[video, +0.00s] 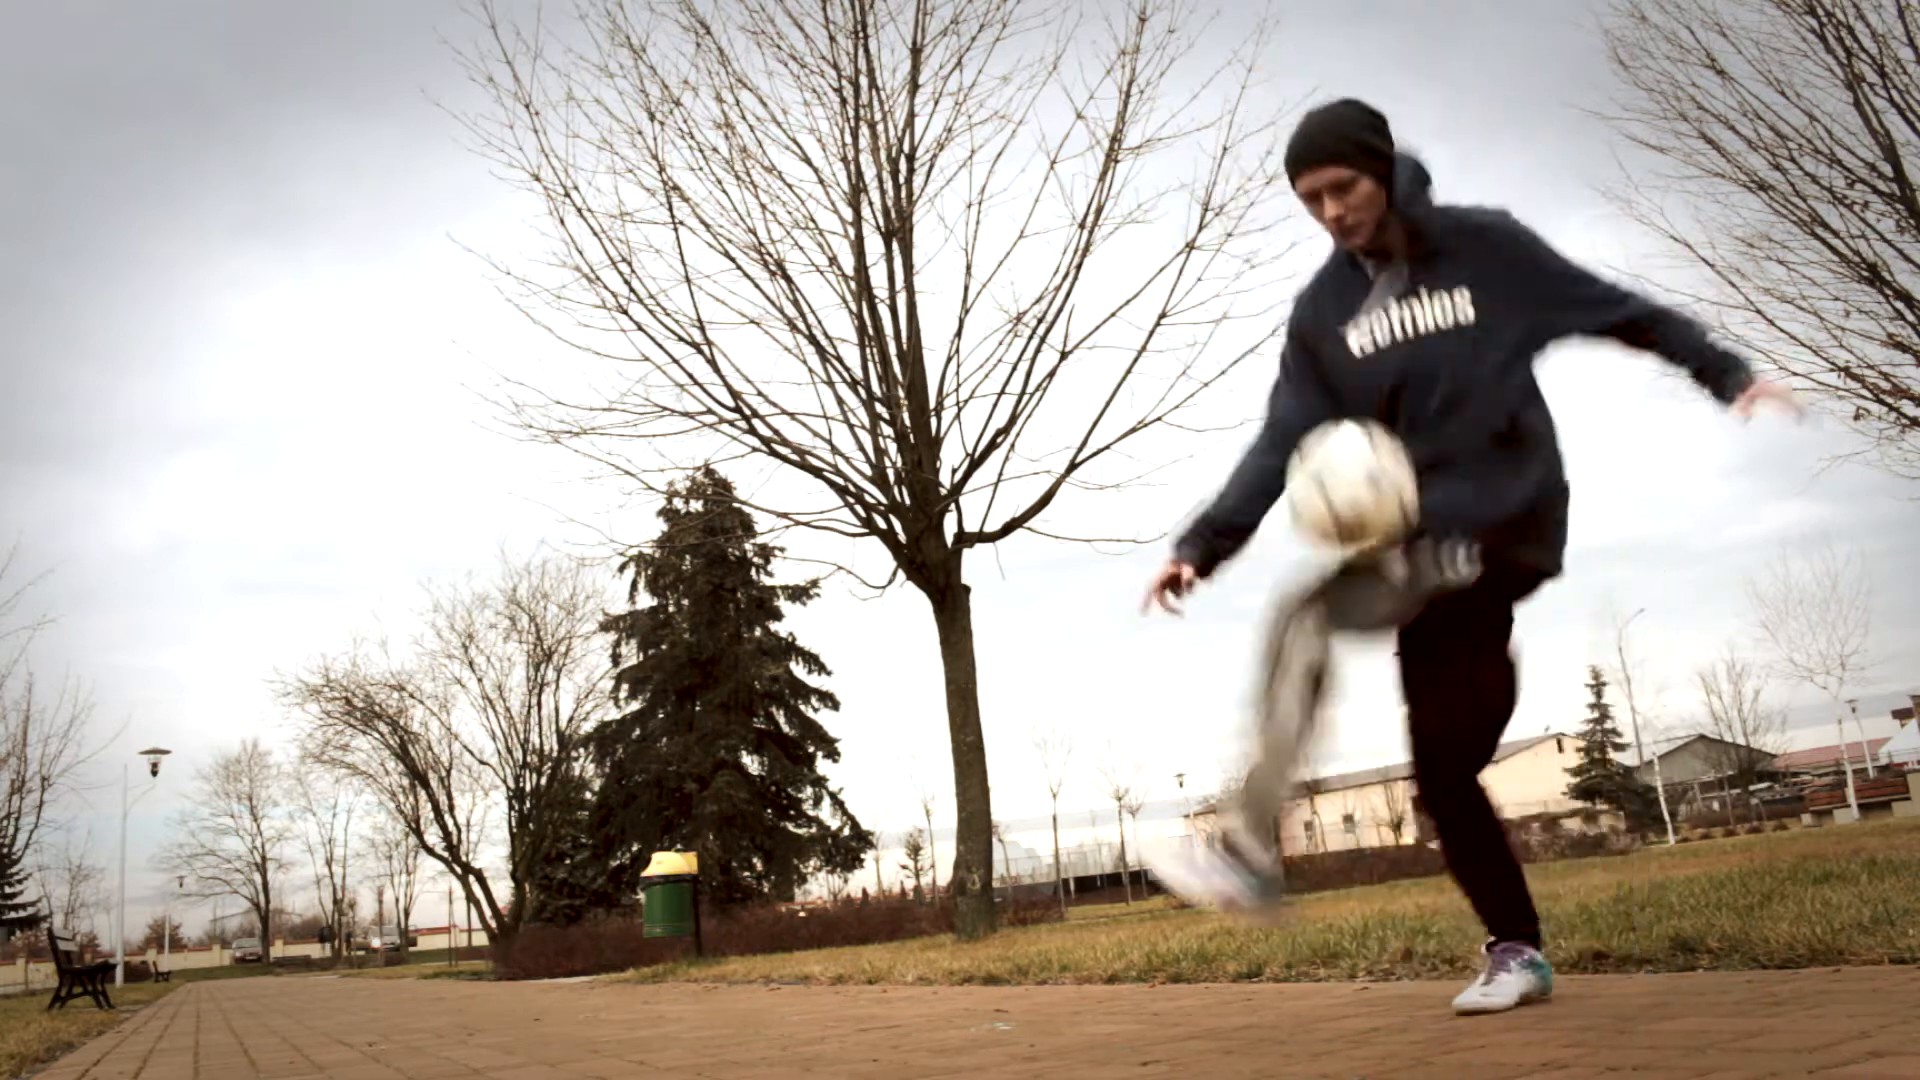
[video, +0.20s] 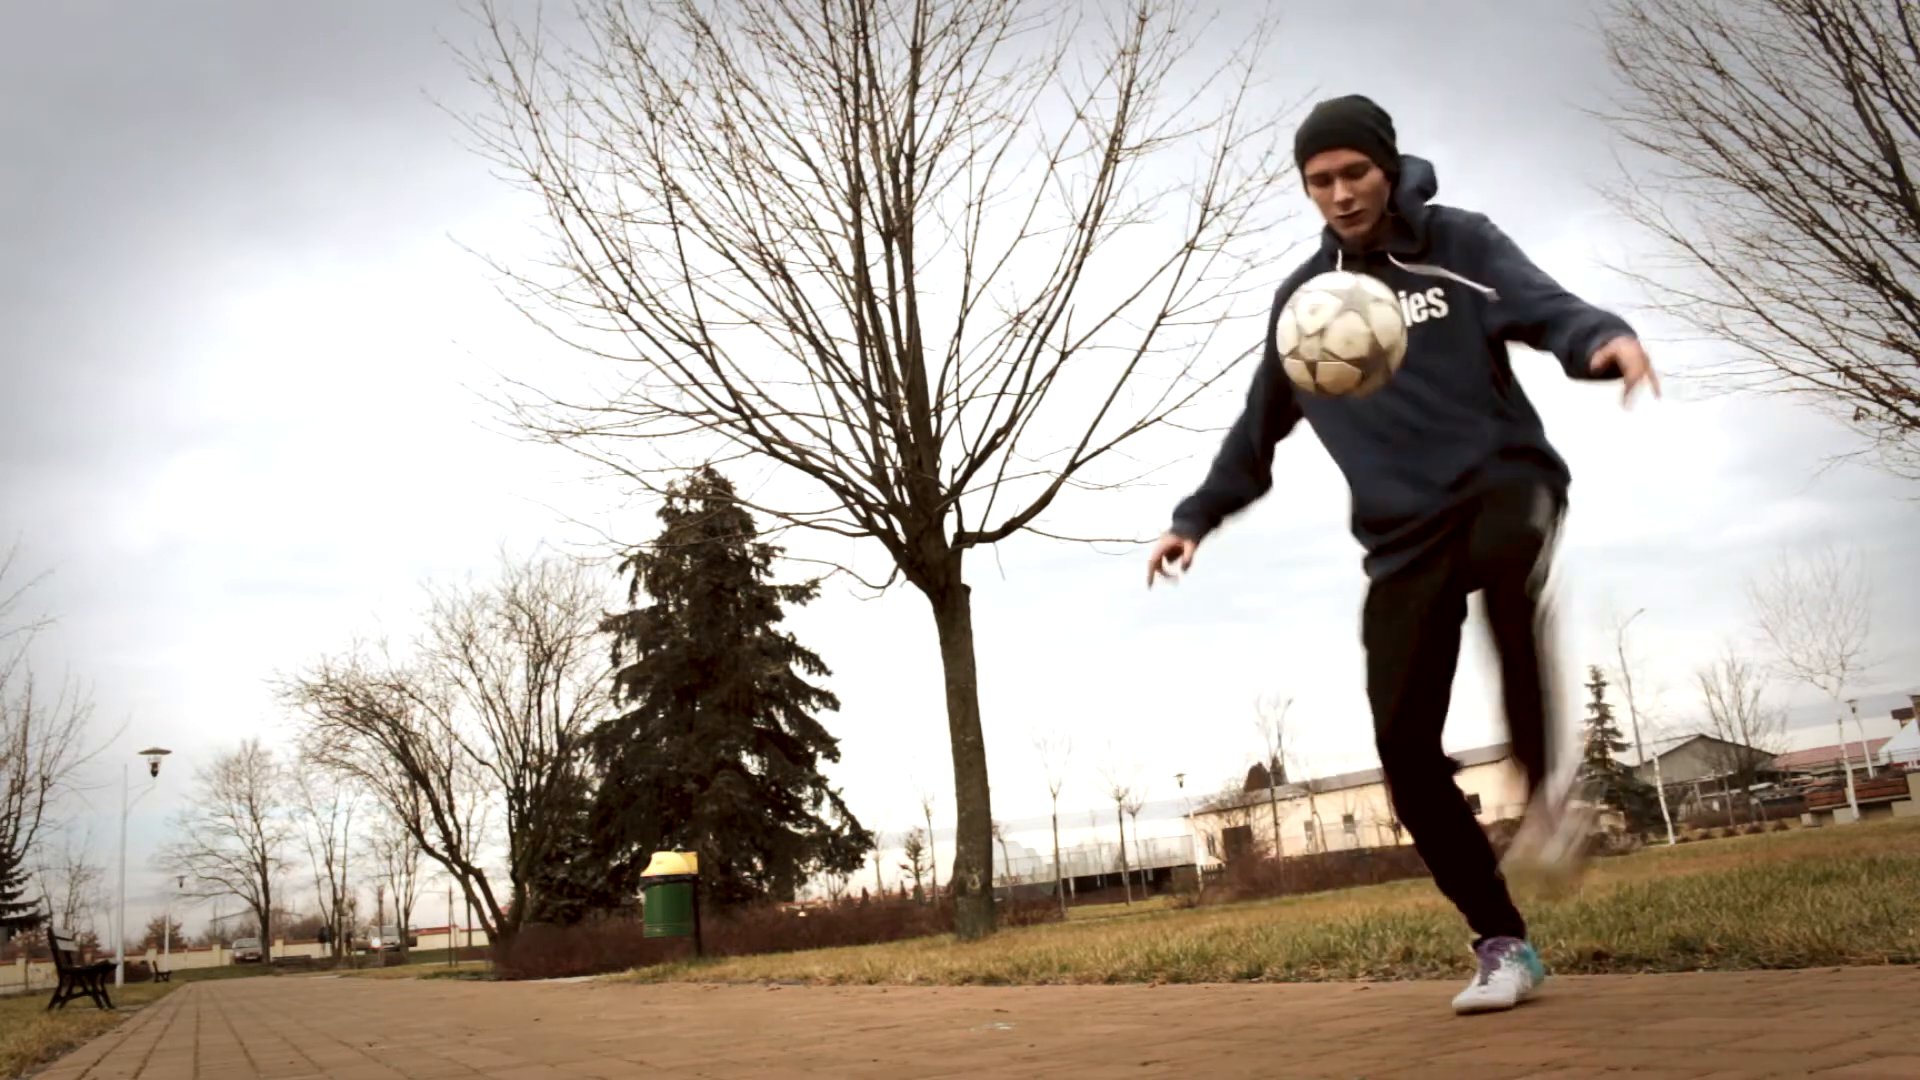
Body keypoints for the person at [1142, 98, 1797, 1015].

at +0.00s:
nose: (1333, 212)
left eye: (1344, 188)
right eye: (1315, 200)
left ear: (1386, 172)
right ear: (1307, 204)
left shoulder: (1483, 246)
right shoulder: (1322, 313)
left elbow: (1615, 309)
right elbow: (1282, 439)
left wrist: (1726, 372)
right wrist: (1202, 545)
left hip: (1509, 514)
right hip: (1423, 537)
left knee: (1310, 612)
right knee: (1443, 771)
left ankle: (1253, 850)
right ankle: (1516, 949)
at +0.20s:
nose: (1341, 195)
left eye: (1354, 174)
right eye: (1321, 183)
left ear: (1390, 167)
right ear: (1306, 191)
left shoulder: (1455, 239)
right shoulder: (1301, 298)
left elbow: (1539, 306)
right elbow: (1260, 422)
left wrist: (1599, 338)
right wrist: (1195, 515)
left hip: (1500, 482)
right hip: (1401, 537)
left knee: (1504, 562)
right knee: (1405, 753)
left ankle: (1541, 787)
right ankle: (1502, 947)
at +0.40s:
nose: (1363, 166)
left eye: (1379, 143)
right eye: (1346, 150)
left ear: (1417, 146)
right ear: (1333, 163)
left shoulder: (1507, 229)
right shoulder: (1328, 269)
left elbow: (1651, 244)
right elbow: (1251, 334)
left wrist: (1798, 213)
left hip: (1493, 461)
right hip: (1394, 513)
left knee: (1491, 274)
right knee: (1417, 714)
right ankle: (1498, 931)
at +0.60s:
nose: (1363, 82)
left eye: (1374, 60)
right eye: (1343, 73)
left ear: (1409, 52)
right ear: (1330, 84)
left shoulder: (1490, 124)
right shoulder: (1339, 159)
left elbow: (1586, 135)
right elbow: (1293, 223)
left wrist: (1687, 137)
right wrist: (1227, 232)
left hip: (1526, 338)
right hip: (1427, 373)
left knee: (1469, 492)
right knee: (1331, 507)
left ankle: (1533, 720)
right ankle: (1304, 715)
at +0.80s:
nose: (1382, 201)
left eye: (1395, 179)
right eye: (1364, 189)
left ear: (1434, 175)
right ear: (1350, 200)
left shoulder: (1520, 248)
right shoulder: (1345, 303)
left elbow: (1659, 265)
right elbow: (1322, 410)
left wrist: (1805, 226)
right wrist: (1282, 486)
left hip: (1527, 519)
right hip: (1430, 539)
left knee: (1567, 724)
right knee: (1451, 379)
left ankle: (1612, 938)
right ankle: (1665, 509)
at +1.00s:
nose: (1371, 164)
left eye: (1386, 144)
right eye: (1357, 153)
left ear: (1434, 141)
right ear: (1352, 166)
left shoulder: (1505, 226)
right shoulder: (1345, 269)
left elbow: (1619, 287)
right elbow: (1321, 399)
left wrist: (1742, 300)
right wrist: (1250, 491)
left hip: (1503, 516)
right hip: (1396, 538)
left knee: (1524, 738)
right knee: (1400, 744)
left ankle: (1600, 935)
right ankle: (1477, 935)